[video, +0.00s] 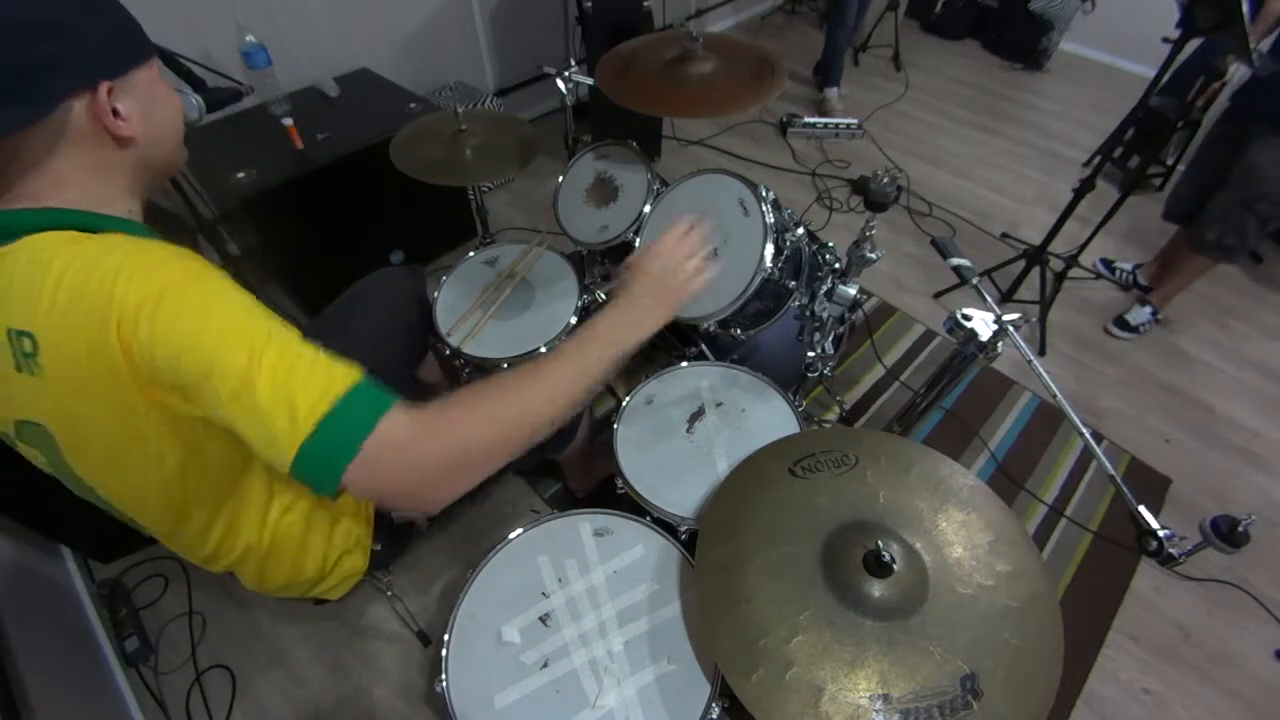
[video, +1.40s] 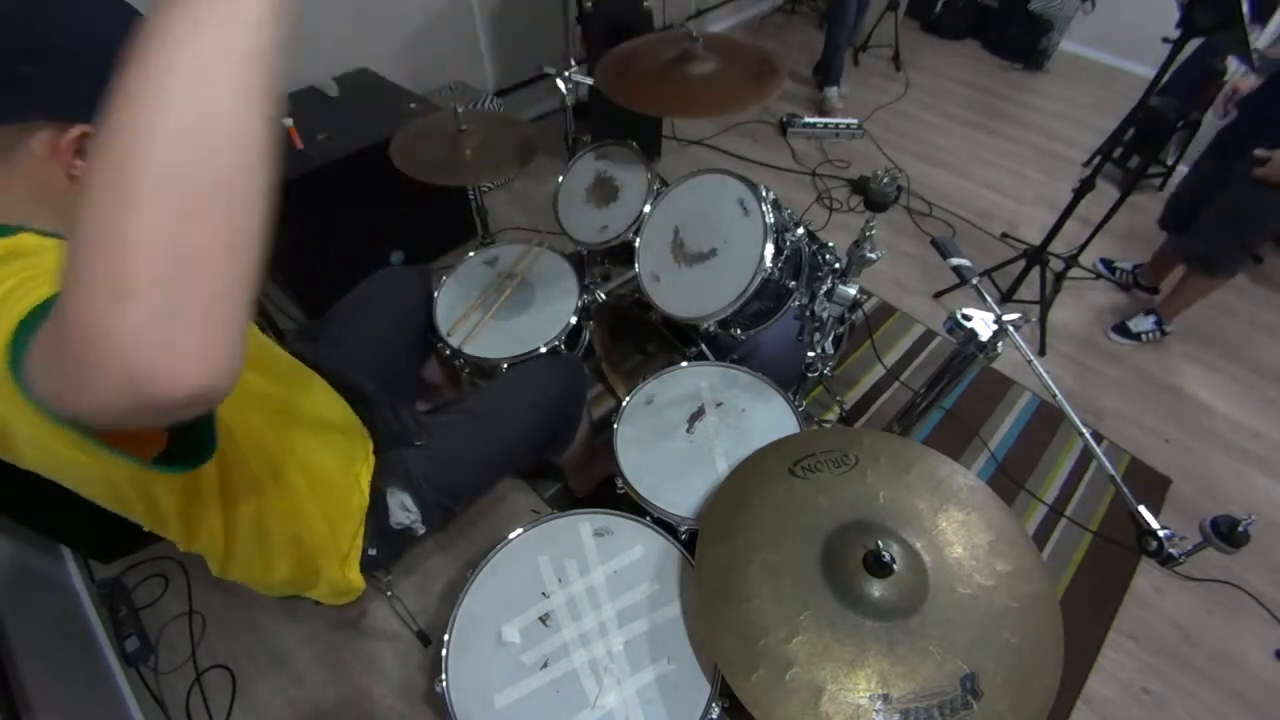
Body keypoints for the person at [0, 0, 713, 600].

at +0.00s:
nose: (176, 90)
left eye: (161, 69)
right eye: (157, 72)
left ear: (52, 121)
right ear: (111, 110)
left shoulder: (18, 259)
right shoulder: (145, 292)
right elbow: (423, 471)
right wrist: (635, 309)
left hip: (222, 511)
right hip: (327, 533)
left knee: (397, 287)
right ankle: (578, 464)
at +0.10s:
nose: (176, 100)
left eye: (162, 74)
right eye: (161, 76)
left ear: (69, 112)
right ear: (113, 108)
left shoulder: (18, 262)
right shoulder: (139, 283)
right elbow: (437, 407)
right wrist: (683, 221)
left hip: (231, 518)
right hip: (342, 530)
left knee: (400, 284)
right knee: (547, 356)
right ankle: (586, 477)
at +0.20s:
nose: (179, 100)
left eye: (164, 75)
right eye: (160, 76)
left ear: (31, 121)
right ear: (115, 104)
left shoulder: (24, 263)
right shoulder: (113, 275)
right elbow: (424, 347)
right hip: (350, 515)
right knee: (565, 377)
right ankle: (583, 486)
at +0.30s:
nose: (181, 102)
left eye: (170, 76)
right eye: (167, 78)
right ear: (120, 100)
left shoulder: (26, 247)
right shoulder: (108, 261)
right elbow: (397, 296)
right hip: (345, 523)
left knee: (402, 341)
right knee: (566, 377)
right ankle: (577, 475)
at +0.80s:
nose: (181, 110)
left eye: (175, 88)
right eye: (168, 88)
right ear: (110, 109)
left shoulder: (27, 221)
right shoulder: (67, 246)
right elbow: (281, 302)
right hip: (337, 507)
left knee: (415, 286)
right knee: (568, 375)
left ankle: (419, 402)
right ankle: (577, 475)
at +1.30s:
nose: (175, 179)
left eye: (176, 151)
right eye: (165, 151)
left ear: (73, 150)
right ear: (82, 151)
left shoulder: (42, 239)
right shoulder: (27, 283)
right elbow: (194, 326)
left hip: (286, 392)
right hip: (345, 508)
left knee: (406, 283)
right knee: (558, 365)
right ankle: (566, 475)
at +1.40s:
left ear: (72, 154)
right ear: (80, 157)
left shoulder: (38, 240)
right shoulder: (23, 304)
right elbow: (162, 364)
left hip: (297, 393)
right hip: (351, 505)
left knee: (407, 280)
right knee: (558, 368)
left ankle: (420, 398)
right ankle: (570, 468)